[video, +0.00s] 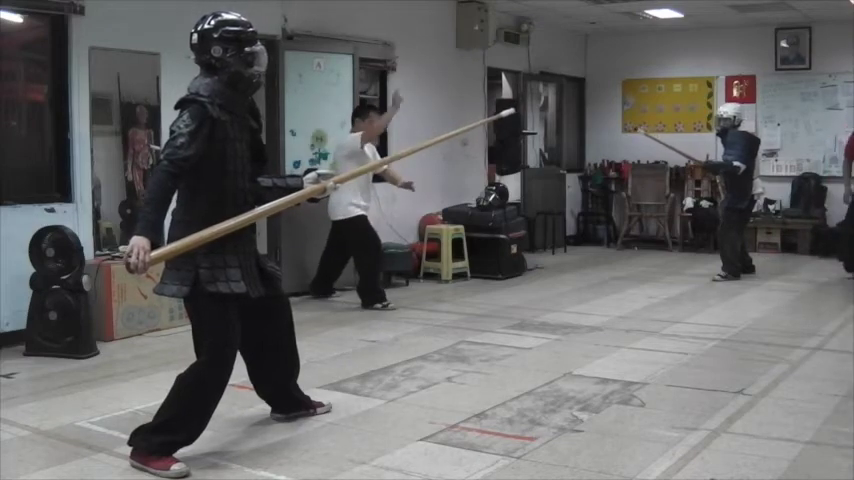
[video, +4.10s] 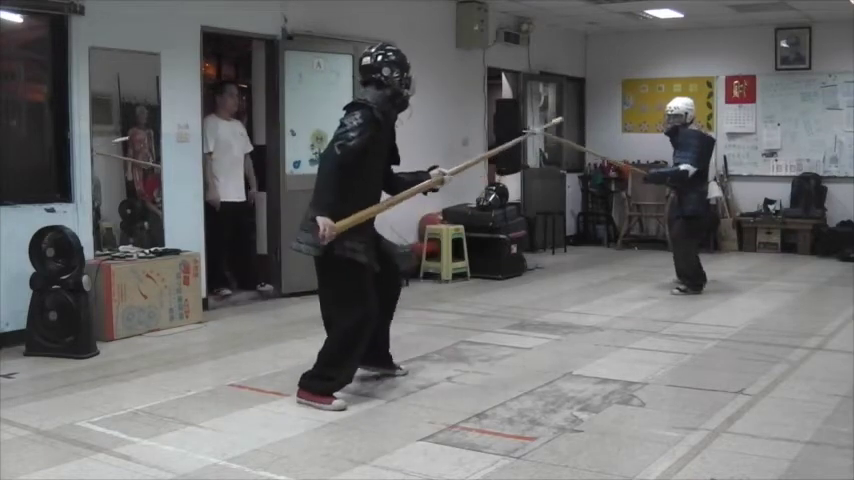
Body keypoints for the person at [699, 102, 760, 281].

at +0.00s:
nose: (720, 124)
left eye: (725, 120)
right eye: (719, 120)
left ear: (735, 121)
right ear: (718, 120)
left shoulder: (739, 138)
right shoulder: (730, 138)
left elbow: (736, 166)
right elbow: (730, 164)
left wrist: (707, 166)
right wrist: (707, 167)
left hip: (739, 195)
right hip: (737, 194)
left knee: (726, 230)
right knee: (733, 229)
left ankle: (731, 270)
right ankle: (745, 264)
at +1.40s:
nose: (711, 122)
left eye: (715, 118)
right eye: (710, 118)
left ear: (726, 119)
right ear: (710, 119)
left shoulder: (731, 138)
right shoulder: (719, 138)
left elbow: (725, 168)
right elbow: (721, 164)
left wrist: (698, 163)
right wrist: (702, 166)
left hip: (728, 194)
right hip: (725, 193)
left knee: (722, 230)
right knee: (731, 227)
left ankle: (727, 273)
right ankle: (743, 260)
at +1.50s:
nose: (708, 120)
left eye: (712, 116)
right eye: (707, 116)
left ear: (723, 117)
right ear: (707, 117)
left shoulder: (729, 136)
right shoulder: (715, 135)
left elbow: (721, 166)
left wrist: (696, 161)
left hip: (728, 194)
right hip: (721, 193)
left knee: (723, 230)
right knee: (721, 229)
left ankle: (727, 272)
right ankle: (734, 260)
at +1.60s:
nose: (703, 120)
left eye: (707, 115)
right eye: (701, 115)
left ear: (718, 116)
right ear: (700, 115)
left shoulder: (724, 134)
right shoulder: (712, 134)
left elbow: (717, 162)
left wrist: (688, 158)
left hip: (727, 194)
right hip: (718, 193)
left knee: (722, 232)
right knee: (714, 230)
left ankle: (727, 273)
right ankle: (717, 265)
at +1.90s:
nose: (690, 122)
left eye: (694, 118)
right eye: (688, 118)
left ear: (705, 118)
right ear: (686, 118)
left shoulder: (713, 136)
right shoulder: (697, 138)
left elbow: (706, 166)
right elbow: (698, 165)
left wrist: (677, 164)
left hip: (711, 197)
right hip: (697, 197)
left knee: (703, 232)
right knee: (690, 235)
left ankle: (722, 263)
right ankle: (696, 276)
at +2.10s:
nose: (681, 126)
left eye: (685, 121)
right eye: (680, 121)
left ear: (696, 121)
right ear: (680, 121)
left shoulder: (704, 140)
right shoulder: (690, 141)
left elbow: (697, 171)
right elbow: (691, 168)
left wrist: (668, 170)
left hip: (704, 200)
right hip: (693, 199)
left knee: (695, 236)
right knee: (681, 234)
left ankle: (700, 279)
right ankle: (689, 273)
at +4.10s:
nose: (670, 121)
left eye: (675, 117)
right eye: (669, 117)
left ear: (687, 117)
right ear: (668, 116)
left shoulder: (692, 137)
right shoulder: (680, 138)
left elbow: (686, 171)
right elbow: (681, 167)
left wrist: (652, 176)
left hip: (693, 196)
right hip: (683, 195)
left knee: (683, 236)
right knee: (678, 235)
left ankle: (693, 282)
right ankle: (687, 276)